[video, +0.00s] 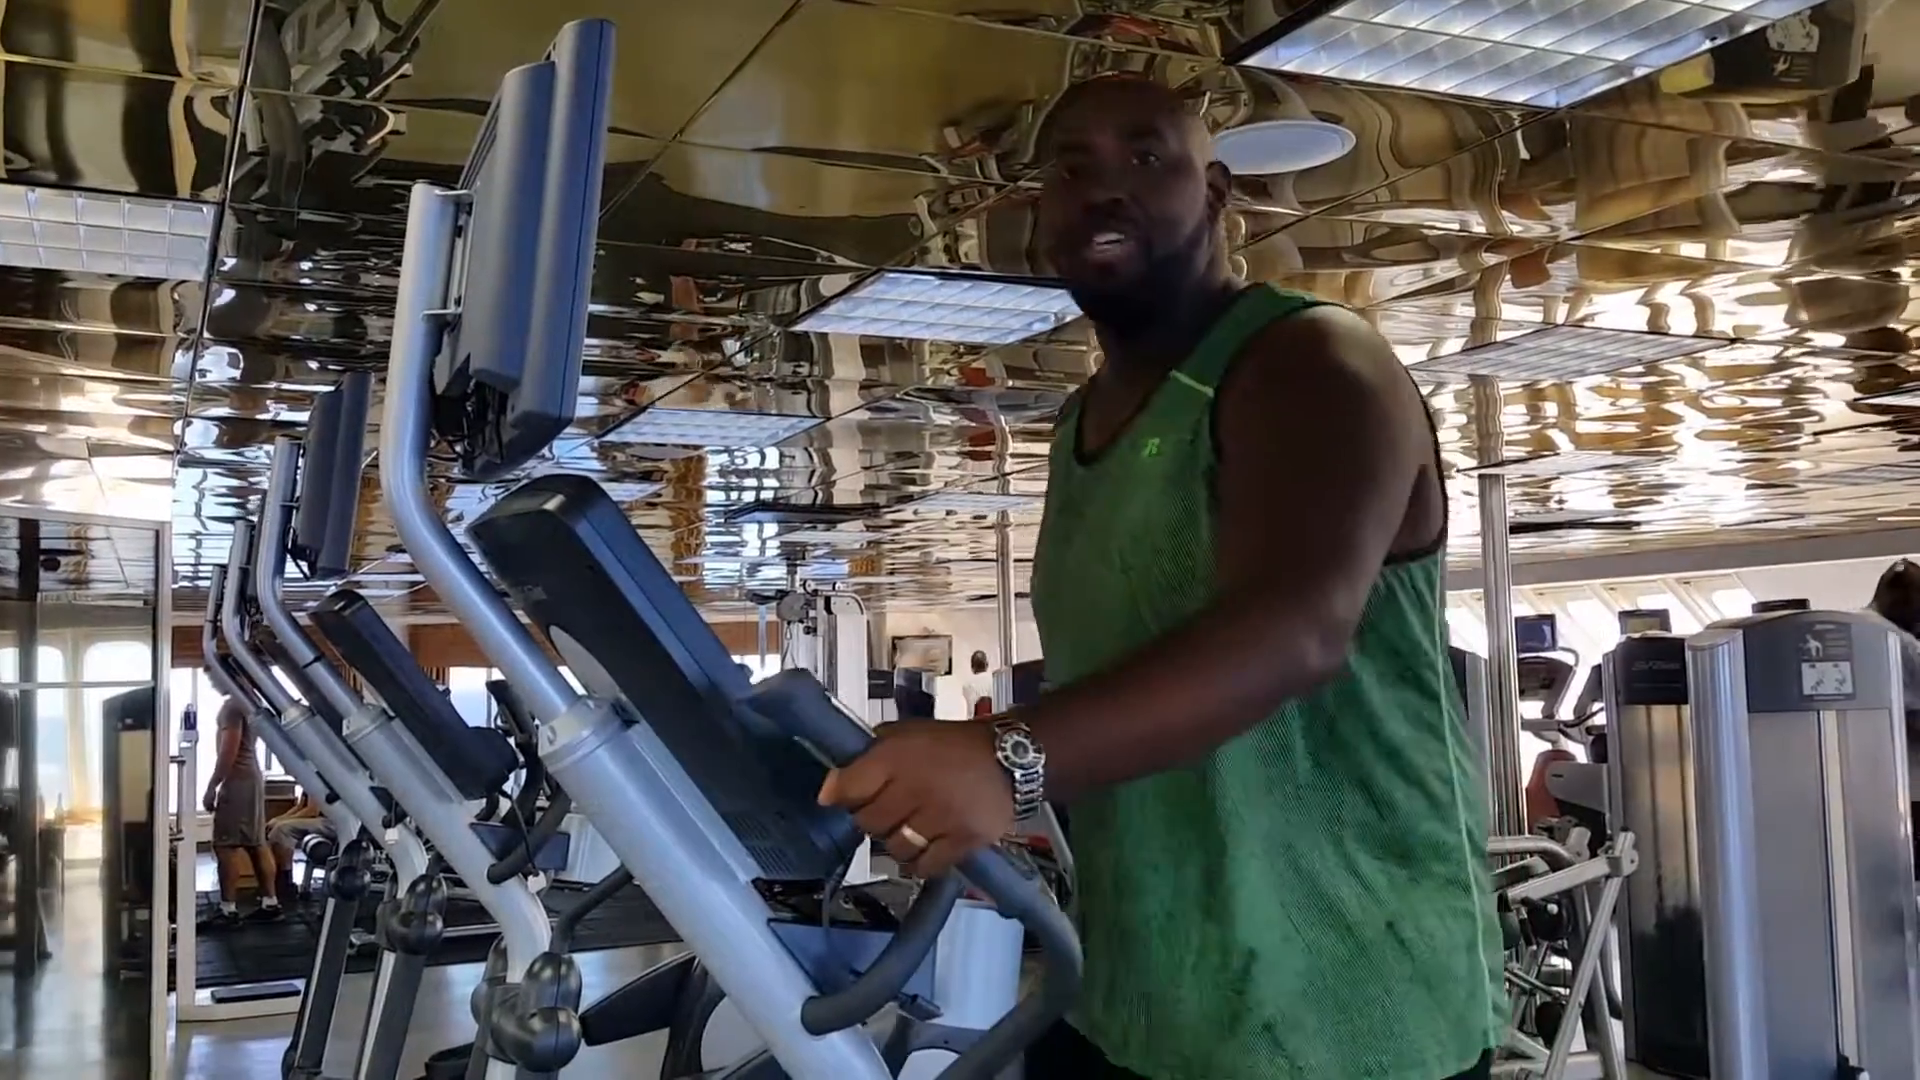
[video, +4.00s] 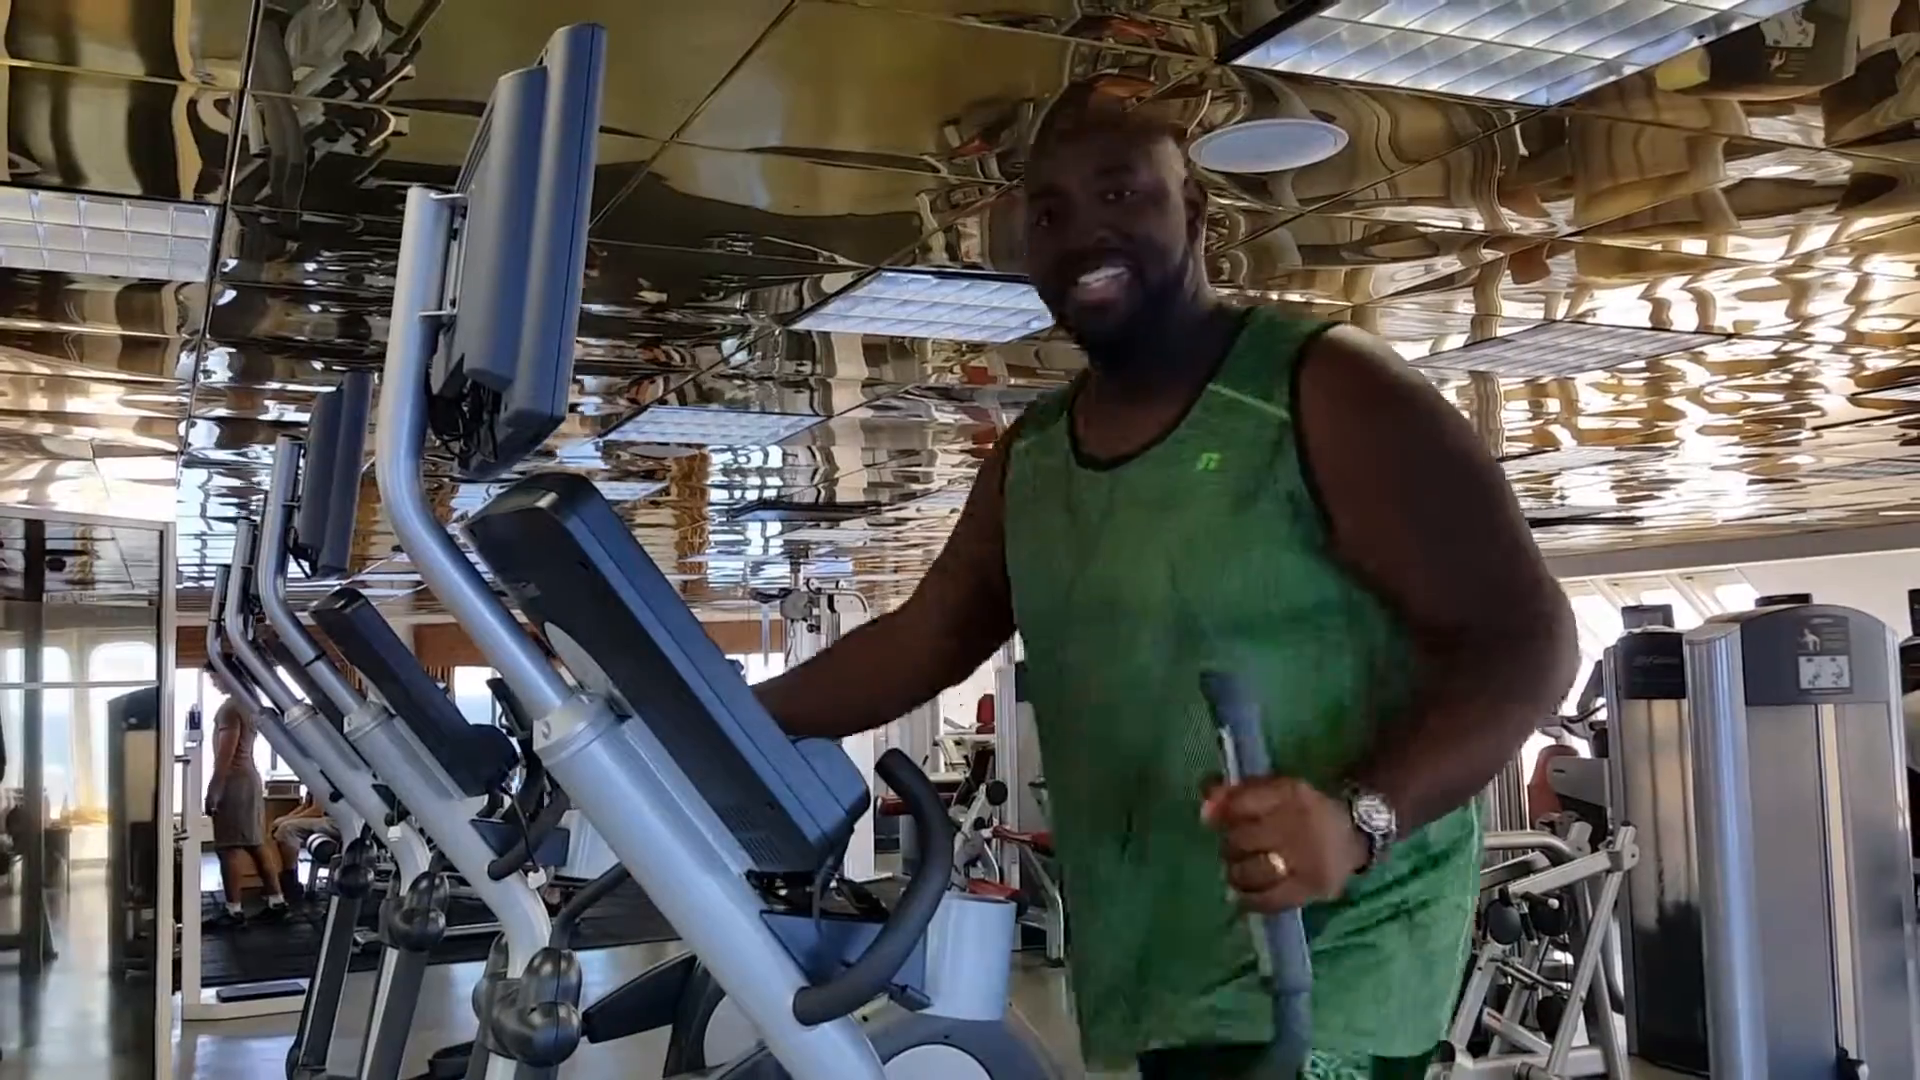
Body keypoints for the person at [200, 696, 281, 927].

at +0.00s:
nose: (209, 680)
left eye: (211, 671)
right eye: (207, 673)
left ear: (227, 673)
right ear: (235, 675)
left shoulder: (233, 705)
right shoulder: (248, 702)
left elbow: (229, 752)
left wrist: (212, 786)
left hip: (237, 780)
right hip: (253, 777)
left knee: (225, 844)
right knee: (258, 842)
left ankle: (228, 907)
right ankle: (270, 902)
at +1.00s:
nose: (208, 686)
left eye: (210, 680)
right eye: (207, 681)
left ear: (223, 679)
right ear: (229, 681)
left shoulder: (228, 712)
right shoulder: (244, 708)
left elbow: (223, 761)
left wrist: (207, 795)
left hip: (230, 787)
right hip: (247, 784)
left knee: (222, 851)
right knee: (254, 847)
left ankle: (228, 912)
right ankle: (270, 907)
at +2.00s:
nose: (206, 684)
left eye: (208, 675)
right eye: (204, 677)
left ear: (224, 678)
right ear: (232, 679)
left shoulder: (231, 712)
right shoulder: (247, 709)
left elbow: (224, 761)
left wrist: (209, 795)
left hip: (233, 786)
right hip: (250, 784)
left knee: (220, 850)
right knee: (254, 847)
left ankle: (226, 912)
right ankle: (269, 907)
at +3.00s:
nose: (211, 680)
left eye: (214, 671)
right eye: (210, 672)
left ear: (229, 675)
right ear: (236, 676)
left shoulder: (235, 708)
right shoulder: (250, 706)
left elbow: (231, 755)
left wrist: (218, 790)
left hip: (237, 783)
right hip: (253, 782)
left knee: (229, 849)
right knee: (259, 845)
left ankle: (232, 912)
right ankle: (274, 906)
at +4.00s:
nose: (211, 681)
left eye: (213, 675)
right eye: (209, 676)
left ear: (226, 675)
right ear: (235, 675)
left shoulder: (230, 708)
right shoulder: (248, 705)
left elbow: (227, 753)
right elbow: (243, 752)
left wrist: (214, 788)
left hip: (233, 781)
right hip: (250, 779)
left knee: (229, 847)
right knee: (256, 842)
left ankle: (233, 909)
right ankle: (277, 901)